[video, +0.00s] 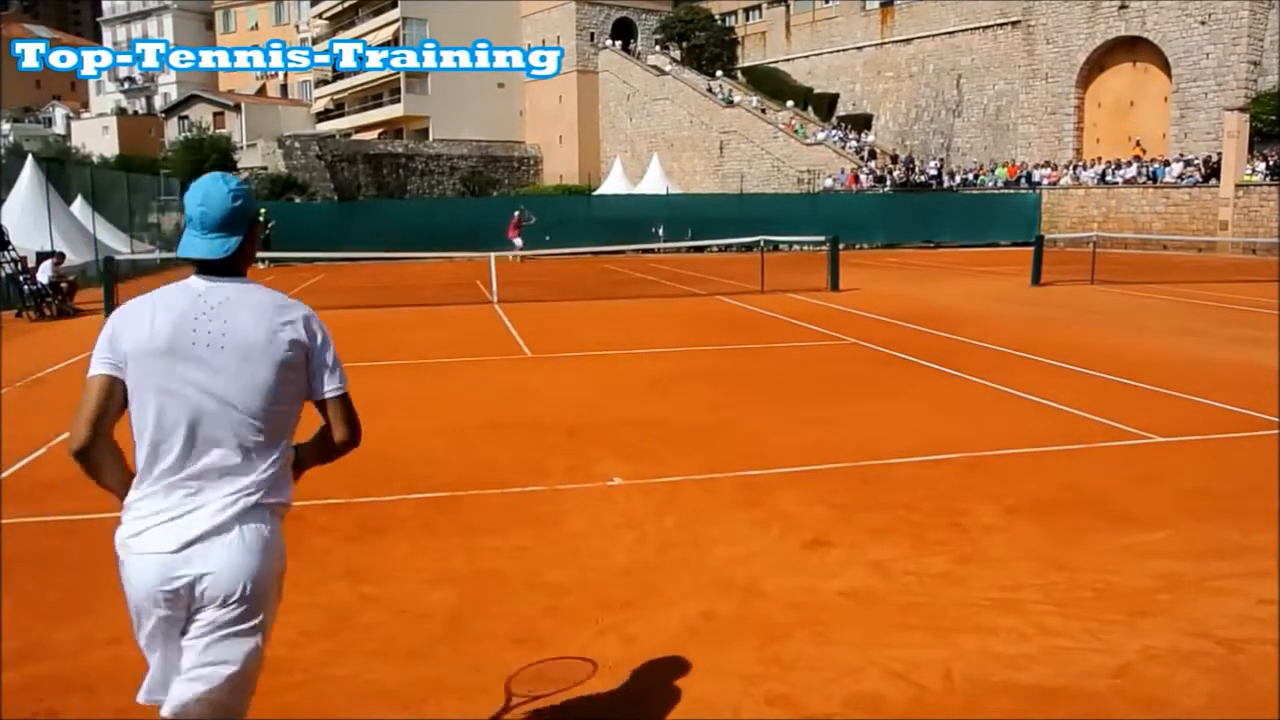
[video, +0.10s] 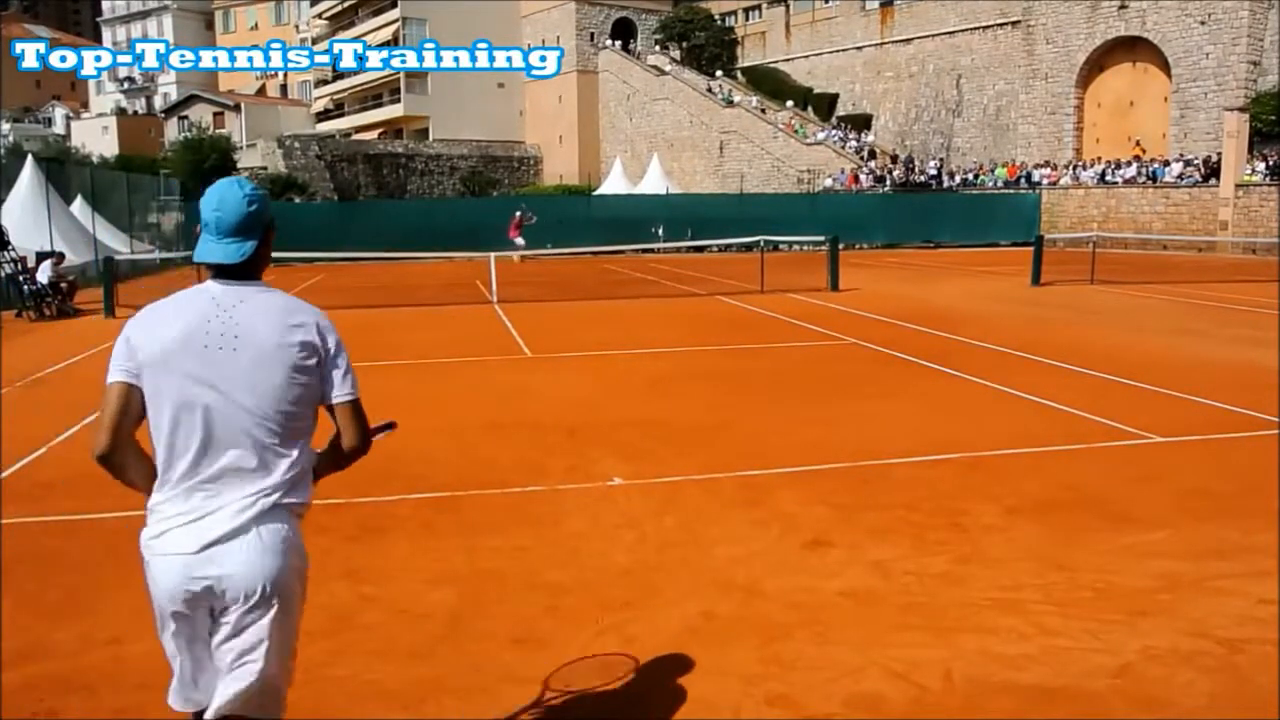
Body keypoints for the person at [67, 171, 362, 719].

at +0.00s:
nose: (256, 239)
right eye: (254, 232)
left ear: (187, 235)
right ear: (252, 239)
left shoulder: (132, 318)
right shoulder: (293, 319)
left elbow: (85, 440)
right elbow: (344, 432)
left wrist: (139, 495)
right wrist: (291, 459)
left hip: (148, 547)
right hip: (242, 548)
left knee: (175, 704)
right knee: (201, 710)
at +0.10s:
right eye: (263, 238)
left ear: (201, 240)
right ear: (267, 245)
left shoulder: (148, 325)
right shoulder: (306, 323)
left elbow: (109, 446)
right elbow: (354, 441)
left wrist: (169, 491)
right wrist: (304, 469)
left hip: (171, 553)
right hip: (262, 553)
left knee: (195, 705)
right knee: (244, 711)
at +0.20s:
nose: (280, 254)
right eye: (282, 246)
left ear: (218, 249)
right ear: (282, 253)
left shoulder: (168, 332)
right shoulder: (318, 328)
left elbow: (132, 452)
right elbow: (364, 449)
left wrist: (197, 490)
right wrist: (307, 478)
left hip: (192, 560)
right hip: (282, 557)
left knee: (225, 709)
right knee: (291, 709)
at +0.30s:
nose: (281, 253)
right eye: (283, 246)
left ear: (218, 248)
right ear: (282, 252)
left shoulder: (168, 332)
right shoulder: (318, 328)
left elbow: (133, 452)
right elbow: (364, 449)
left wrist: (197, 490)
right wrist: (309, 478)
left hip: (192, 560)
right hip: (281, 557)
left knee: (225, 709)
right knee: (291, 709)